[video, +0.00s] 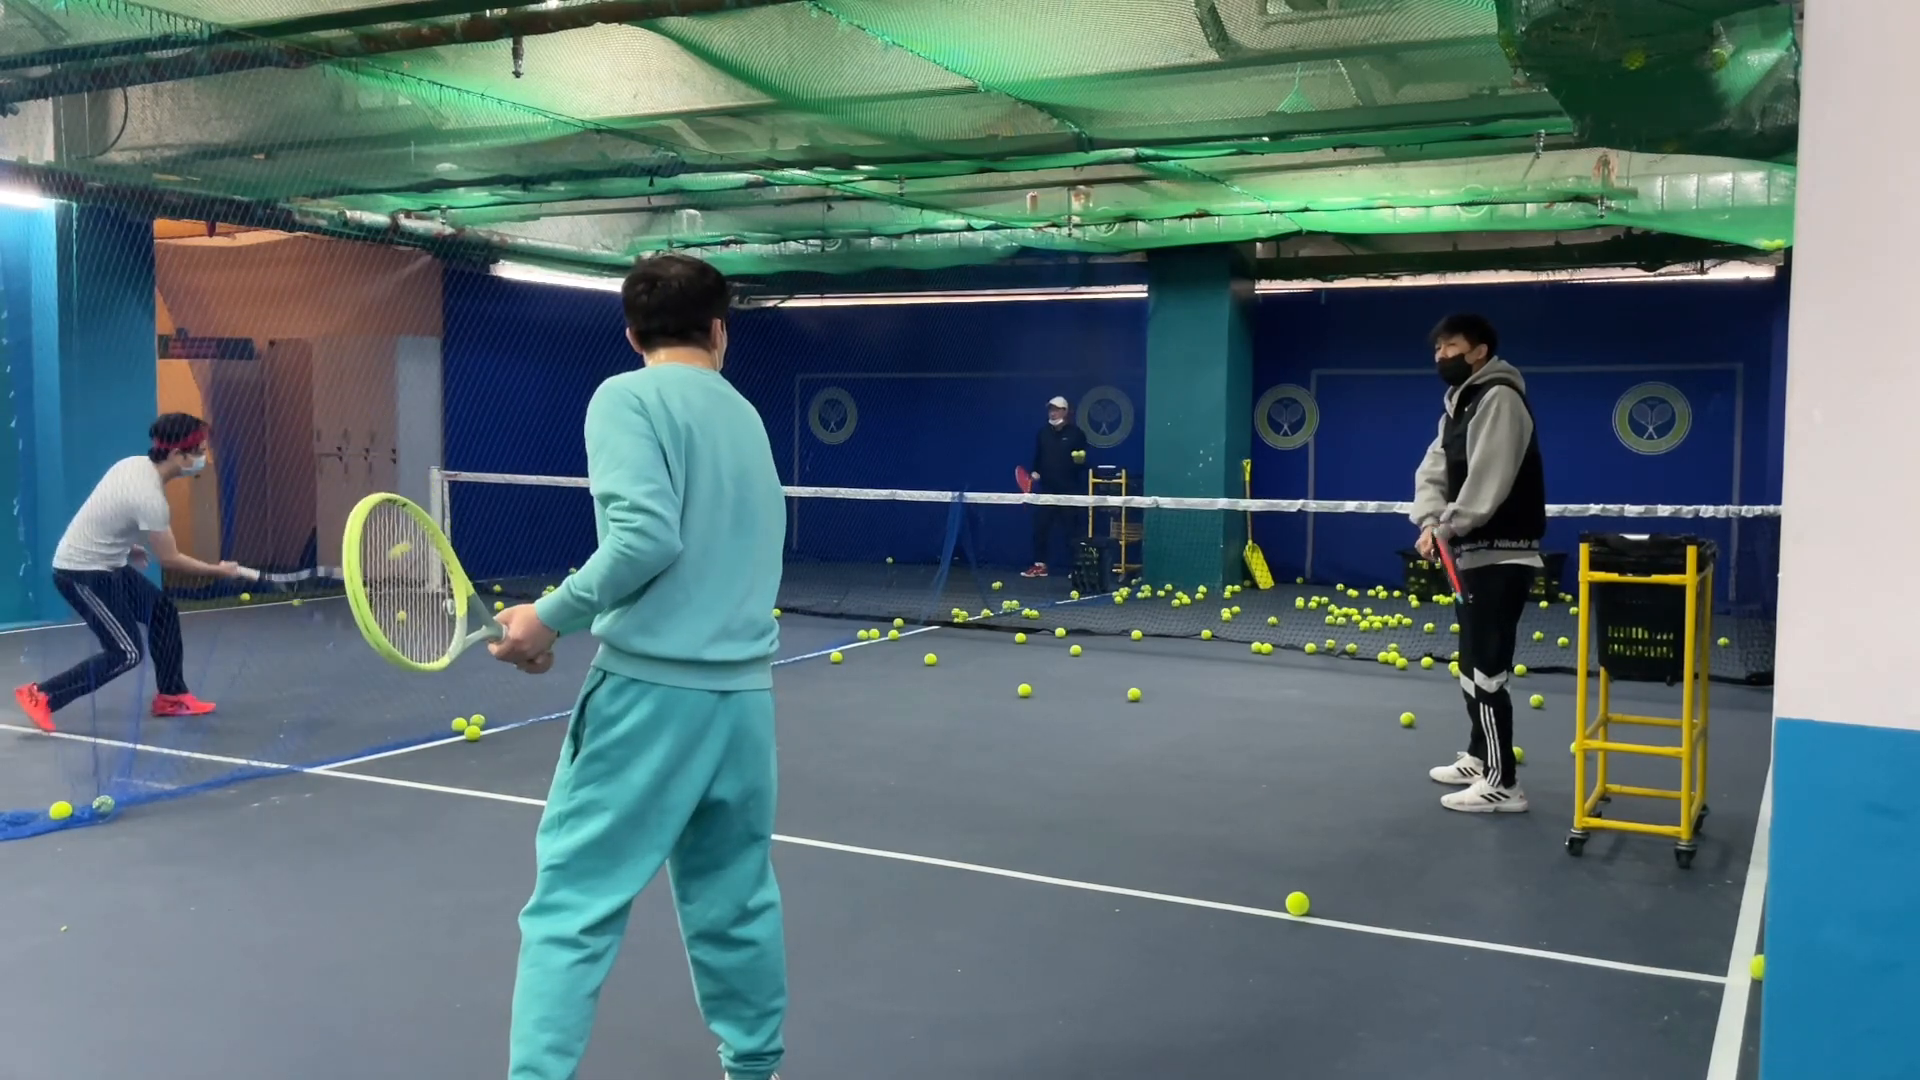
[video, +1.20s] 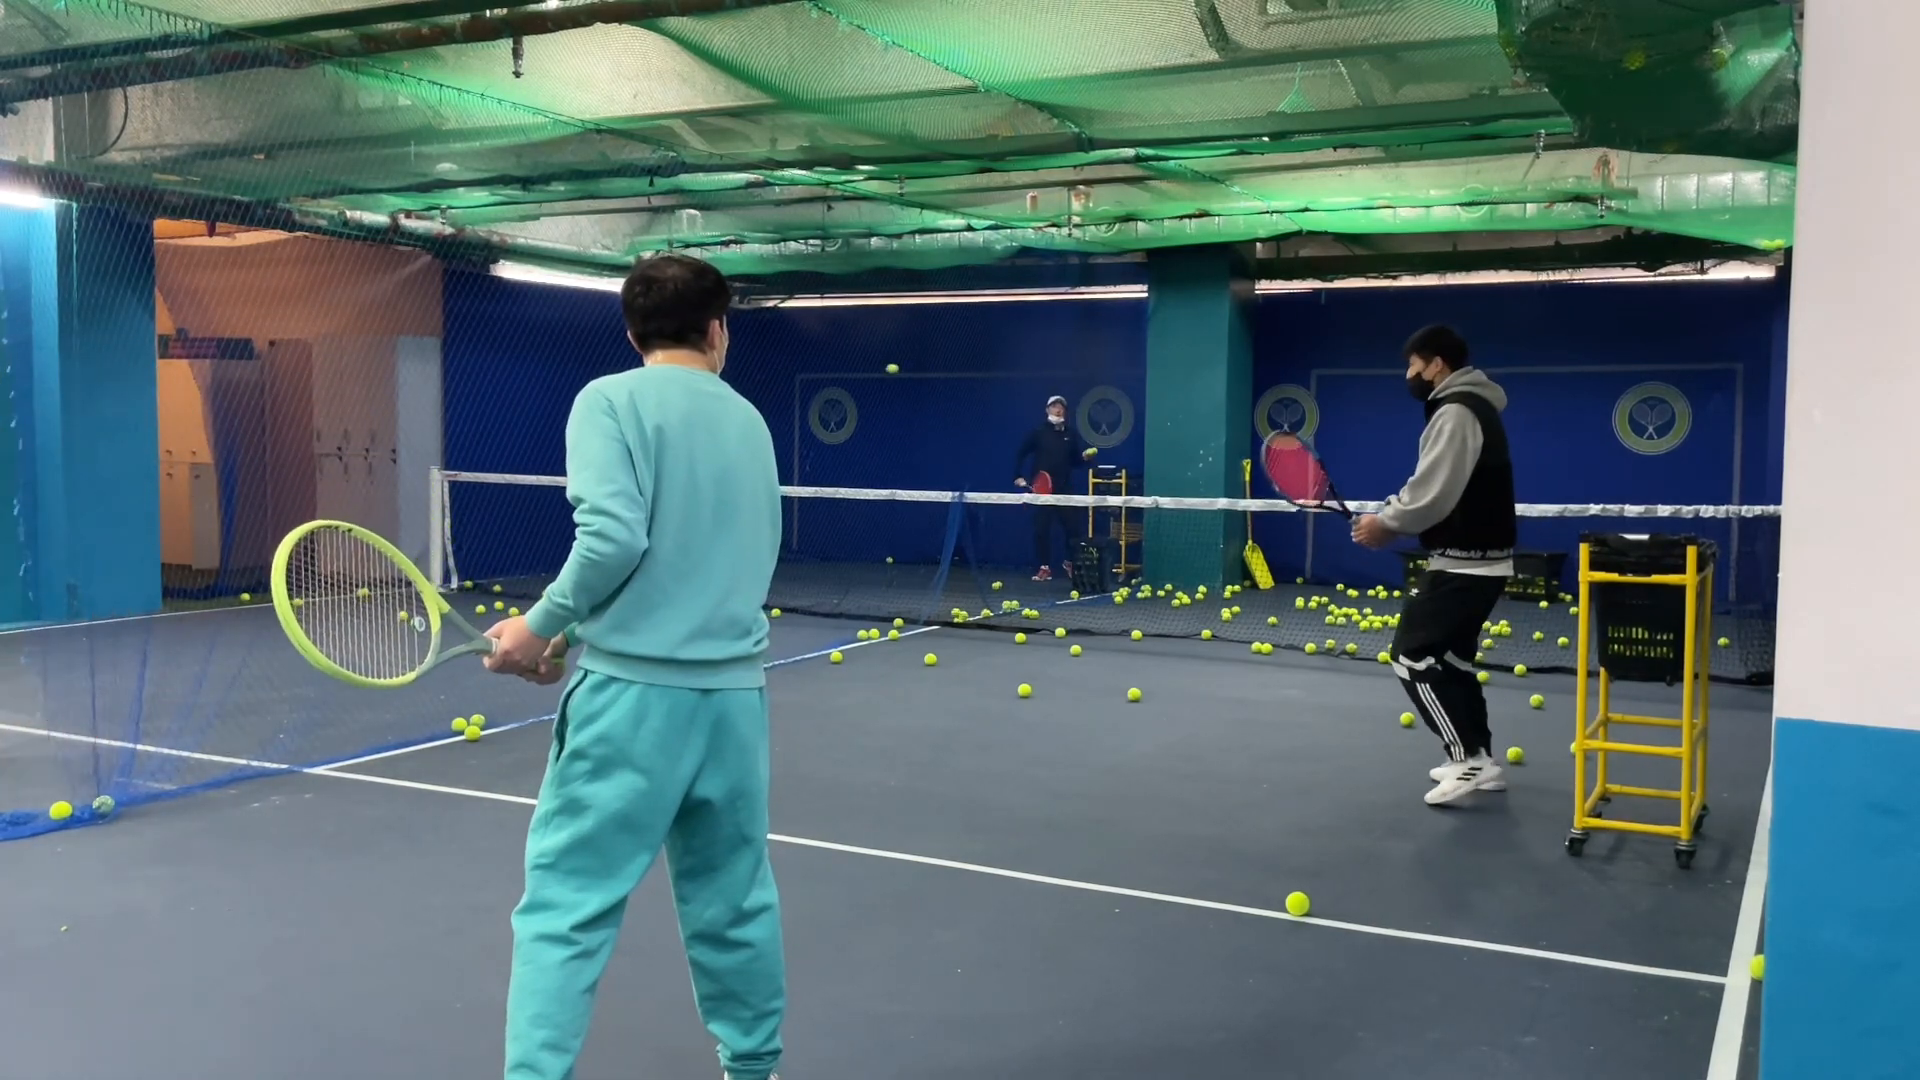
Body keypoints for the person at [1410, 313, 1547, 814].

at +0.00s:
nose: (1442, 356)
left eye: (1452, 346)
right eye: (1438, 350)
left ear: (1482, 349)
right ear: (1440, 359)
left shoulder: (1500, 398)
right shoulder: (1459, 402)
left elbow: (1490, 476)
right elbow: (1433, 469)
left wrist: (1448, 526)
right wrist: (1430, 519)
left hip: (1503, 556)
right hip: (1475, 555)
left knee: (1487, 673)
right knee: (1472, 667)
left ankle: (1501, 786)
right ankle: (1482, 760)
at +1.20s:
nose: (1409, 375)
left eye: (1413, 365)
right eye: (1409, 367)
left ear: (1438, 364)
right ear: (1447, 365)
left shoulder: (1456, 414)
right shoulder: (1473, 409)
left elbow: (1434, 490)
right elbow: (1441, 488)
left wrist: (1387, 523)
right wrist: (1388, 516)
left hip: (1463, 565)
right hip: (1482, 563)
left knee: (1412, 658)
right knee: (1452, 659)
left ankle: (1468, 760)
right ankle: (1479, 759)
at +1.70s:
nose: (1363, 381)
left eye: (1364, 372)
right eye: (1362, 372)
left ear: (1379, 370)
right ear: (1403, 368)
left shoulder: (1395, 417)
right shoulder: (1425, 412)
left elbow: (1366, 495)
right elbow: (1397, 502)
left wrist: (1324, 509)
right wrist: (1340, 526)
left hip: (1407, 571)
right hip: (1428, 568)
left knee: (1375, 669)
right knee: (1391, 661)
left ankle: (1420, 778)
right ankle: (1440, 746)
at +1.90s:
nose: (1335, 370)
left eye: (1335, 362)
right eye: (1335, 362)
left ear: (1348, 361)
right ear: (1379, 357)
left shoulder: (1360, 406)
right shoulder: (1398, 403)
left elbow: (1334, 482)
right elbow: (1368, 488)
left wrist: (1298, 505)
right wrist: (1313, 518)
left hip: (1382, 561)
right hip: (1396, 557)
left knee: (1371, 666)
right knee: (1353, 657)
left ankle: (1421, 775)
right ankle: (1371, 758)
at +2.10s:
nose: (1304, 380)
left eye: (1303, 372)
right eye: (1303, 372)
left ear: (1315, 370)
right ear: (1344, 365)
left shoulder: (1331, 412)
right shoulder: (1364, 409)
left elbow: (1305, 488)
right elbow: (1334, 499)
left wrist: (1261, 505)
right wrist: (1273, 520)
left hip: (1348, 567)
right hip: (1371, 565)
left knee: (1305, 664)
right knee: (1331, 664)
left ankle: (1384, 745)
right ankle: (1354, 763)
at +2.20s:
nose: (1285, 386)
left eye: (1284, 377)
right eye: (1284, 378)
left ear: (1297, 373)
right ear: (1323, 369)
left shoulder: (1318, 415)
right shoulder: (1344, 412)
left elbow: (1291, 488)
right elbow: (1312, 500)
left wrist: (1242, 506)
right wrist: (1254, 520)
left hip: (1332, 566)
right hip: (1354, 565)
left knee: (1271, 654)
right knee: (1318, 662)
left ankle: (1326, 752)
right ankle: (1357, 761)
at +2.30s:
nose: (1264, 382)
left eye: (1263, 373)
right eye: (1262, 374)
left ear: (1276, 370)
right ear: (1301, 364)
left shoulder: (1301, 411)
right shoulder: (1320, 408)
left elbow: (1278, 482)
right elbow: (1293, 494)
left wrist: (1226, 501)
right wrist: (1236, 518)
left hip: (1314, 563)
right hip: (1336, 562)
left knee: (1251, 653)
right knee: (1314, 662)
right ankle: (1358, 765)